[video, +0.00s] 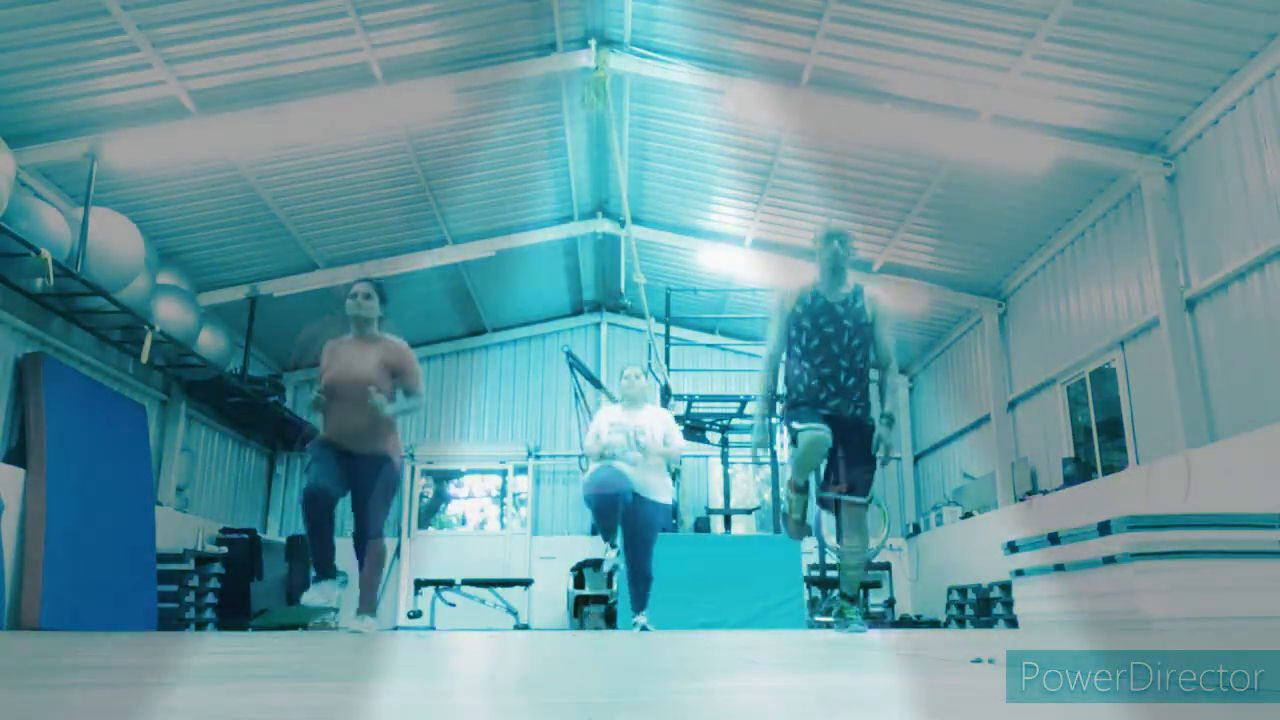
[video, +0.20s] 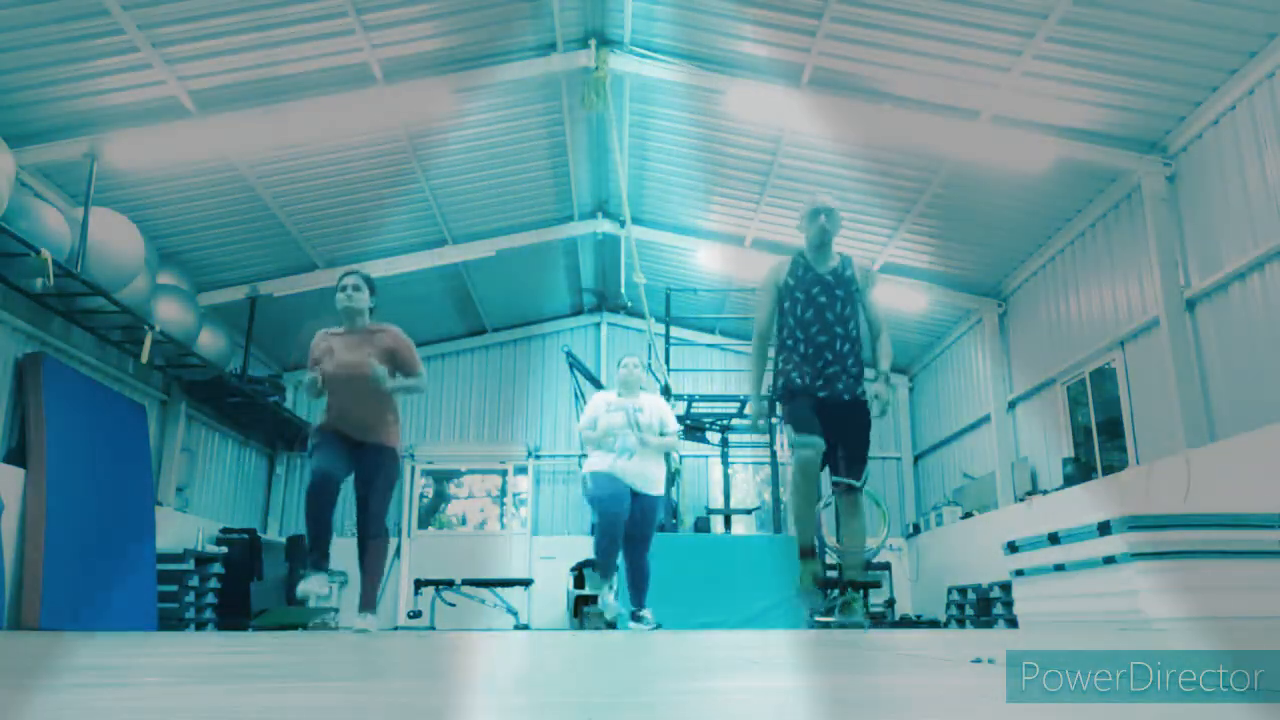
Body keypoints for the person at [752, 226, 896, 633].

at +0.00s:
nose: (836, 249)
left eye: (842, 243)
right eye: (829, 243)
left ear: (851, 253)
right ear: (817, 251)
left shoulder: (869, 302)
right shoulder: (792, 300)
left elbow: (887, 364)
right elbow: (772, 358)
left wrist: (889, 417)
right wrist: (762, 414)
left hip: (854, 411)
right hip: (805, 404)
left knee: (854, 510)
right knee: (816, 439)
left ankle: (850, 605)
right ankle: (797, 492)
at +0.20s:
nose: (823, 223)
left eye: (830, 216)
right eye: (815, 216)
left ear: (839, 227)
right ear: (801, 227)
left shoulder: (856, 272)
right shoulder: (782, 271)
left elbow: (880, 331)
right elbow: (761, 335)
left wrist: (882, 376)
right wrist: (756, 392)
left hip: (848, 391)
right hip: (798, 389)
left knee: (849, 492)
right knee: (807, 452)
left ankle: (853, 593)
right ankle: (807, 561)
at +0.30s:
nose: (815, 232)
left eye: (822, 227)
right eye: (807, 227)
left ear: (831, 238)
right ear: (794, 239)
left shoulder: (852, 282)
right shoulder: (774, 288)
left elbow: (880, 335)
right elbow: (755, 347)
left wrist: (885, 380)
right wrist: (750, 404)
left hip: (847, 403)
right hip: (797, 404)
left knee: (849, 501)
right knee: (804, 494)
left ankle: (854, 600)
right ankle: (809, 600)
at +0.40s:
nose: (810, 253)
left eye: (815, 248)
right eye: (802, 248)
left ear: (824, 256)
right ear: (791, 257)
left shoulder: (845, 306)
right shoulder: (772, 304)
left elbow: (876, 357)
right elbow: (753, 365)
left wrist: (889, 399)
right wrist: (745, 421)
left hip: (844, 420)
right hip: (796, 421)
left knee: (850, 517)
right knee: (803, 507)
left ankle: (854, 603)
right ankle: (811, 604)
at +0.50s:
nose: (805, 244)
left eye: (811, 240)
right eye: (799, 240)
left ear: (820, 251)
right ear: (788, 253)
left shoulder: (842, 301)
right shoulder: (770, 299)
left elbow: (870, 347)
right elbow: (752, 353)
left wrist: (882, 389)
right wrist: (748, 405)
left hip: (843, 415)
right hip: (795, 416)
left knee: (850, 509)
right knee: (802, 504)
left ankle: (854, 600)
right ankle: (809, 602)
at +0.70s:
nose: (805, 260)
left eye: (810, 254)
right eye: (799, 253)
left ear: (818, 259)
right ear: (788, 259)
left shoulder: (839, 306)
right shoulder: (768, 301)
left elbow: (863, 362)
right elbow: (753, 357)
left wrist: (878, 410)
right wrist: (757, 408)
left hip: (839, 407)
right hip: (793, 411)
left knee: (855, 451)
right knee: (801, 509)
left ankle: (844, 519)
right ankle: (806, 598)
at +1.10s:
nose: (817, 261)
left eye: (823, 256)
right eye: (811, 255)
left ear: (830, 263)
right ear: (801, 260)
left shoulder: (846, 312)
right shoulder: (777, 308)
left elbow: (870, 360)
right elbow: (752, 357)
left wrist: (876, 405)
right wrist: (767, 394)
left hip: (843, 422)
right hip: (794, 423)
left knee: (852, 505)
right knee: (795, 517)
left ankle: (851, 603)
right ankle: (793, 601)